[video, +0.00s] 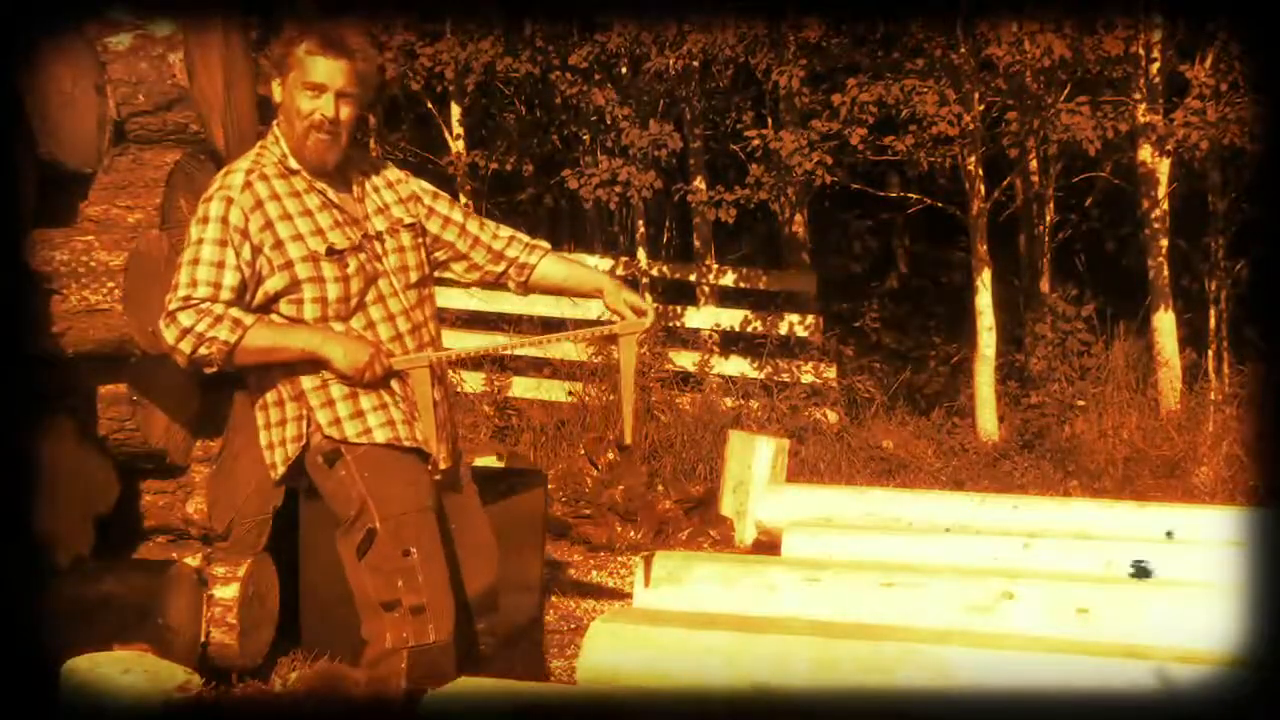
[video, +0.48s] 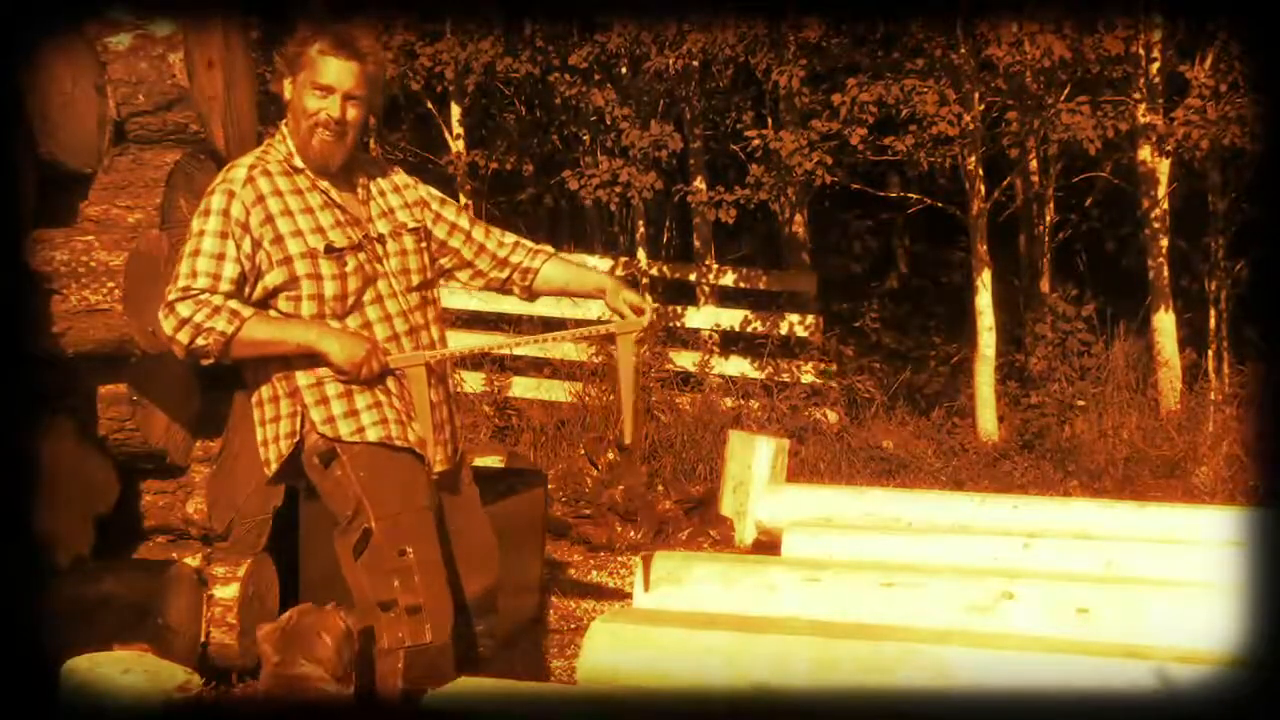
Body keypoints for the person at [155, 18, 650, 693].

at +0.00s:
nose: (329, 113)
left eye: (347, 98)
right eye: (313, 92)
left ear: (366, 109)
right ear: (277, 92)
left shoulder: (390, 186)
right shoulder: (240, 193)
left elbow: (495, 249)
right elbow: (191, 325)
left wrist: (601, 282)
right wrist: (319, 341)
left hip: (426, 428)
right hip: (344, 429)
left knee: (483, 601)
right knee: (416, 627)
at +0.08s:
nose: (329, 112)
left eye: (347, 98)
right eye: (313, 91)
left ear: (367, 108)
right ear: (278, 92)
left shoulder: (390, 183)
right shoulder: (241, 193)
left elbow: (496, 247)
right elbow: (192, 325)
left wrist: (603, 279)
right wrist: (320, 340)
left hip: (428, 428)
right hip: (346, 429)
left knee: (480, 598)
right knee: (416, 627)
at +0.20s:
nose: (330, 110)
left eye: (348, 95)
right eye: (315, 90)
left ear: (369, 108)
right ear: (281, 93)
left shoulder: (394, 184)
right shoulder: (243, 191)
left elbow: (498, 246)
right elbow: (191, 320)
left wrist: (608, 277)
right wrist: (318, 337)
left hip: (431, 431)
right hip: (344, 432)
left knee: (479, 598)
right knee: (416, 624)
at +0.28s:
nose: (333, 111)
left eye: (351, 97)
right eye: (318, 91)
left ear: (371, 110)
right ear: (284, 92)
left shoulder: (395, 185)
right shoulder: (244, 189)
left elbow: (503, 247)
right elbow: (190, 317)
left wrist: (612, 278)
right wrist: (318, 336)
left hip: (429, 434)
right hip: (340, 437)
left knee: (479, 595)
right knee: (412, 616)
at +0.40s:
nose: (335, 113)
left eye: (353, 100)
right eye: (321, 92)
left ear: (372, 112)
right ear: (288, 92)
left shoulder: (395, 186)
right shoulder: (245, 189)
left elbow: (502, 251)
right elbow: (188, 315)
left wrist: (610, 279)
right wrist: (315, 336)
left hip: (431, 430)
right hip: (343, 433)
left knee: (478, 601)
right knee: (415, 621)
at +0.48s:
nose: (335, 112)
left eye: (353, 99)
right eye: (321, 93)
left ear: (372, 109)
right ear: (288, 91)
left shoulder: (395, 188)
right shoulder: (245, 188)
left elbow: (499, 256)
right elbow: (189, 315)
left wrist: (603, 282)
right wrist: (313, 334)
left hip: (428, 431)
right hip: (341, 432)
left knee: (478, 600)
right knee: (413, 622)